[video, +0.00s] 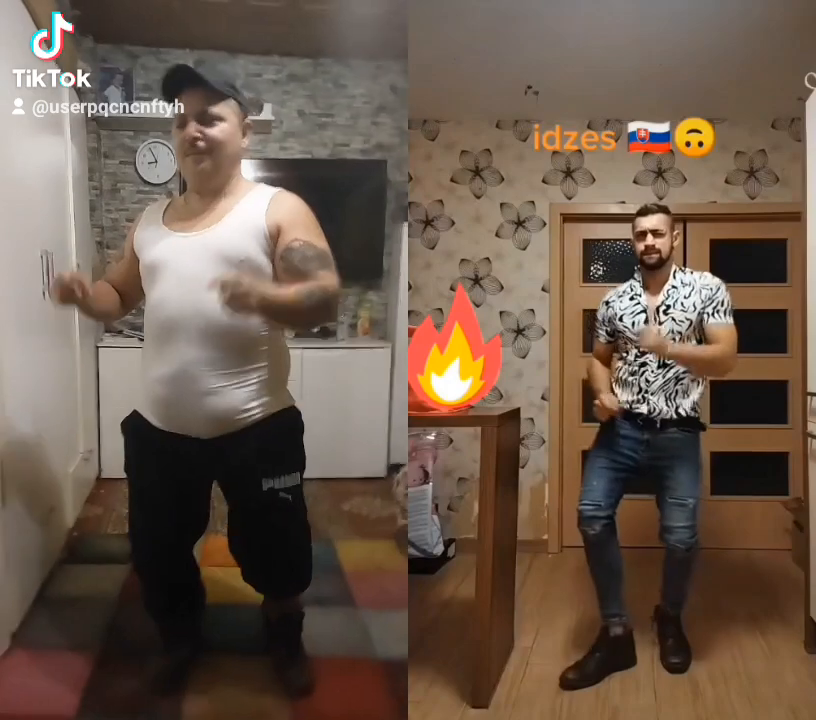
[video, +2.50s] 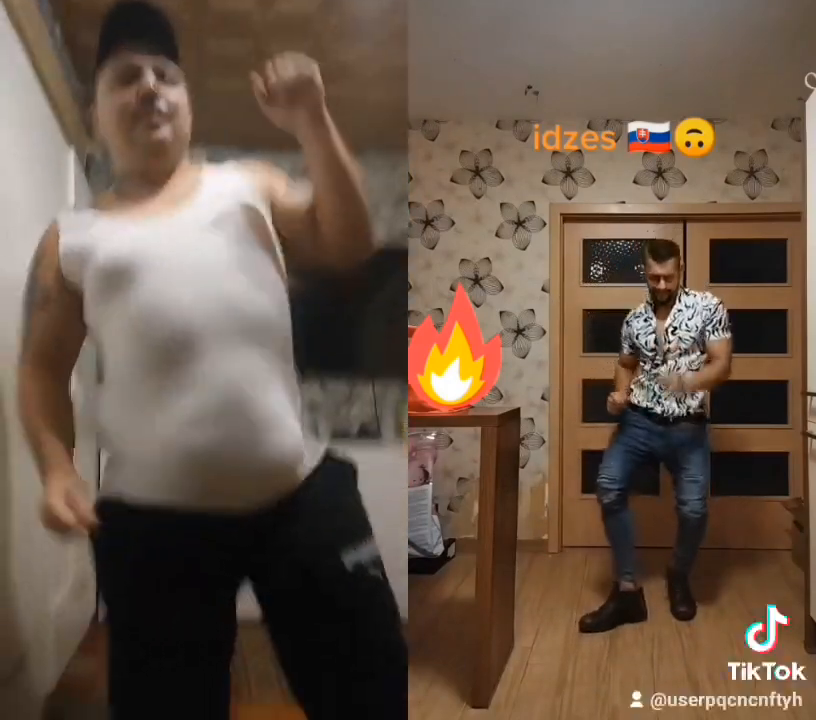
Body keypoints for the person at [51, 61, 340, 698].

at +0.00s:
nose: (193, 132)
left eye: (211, 120)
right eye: (184, 121)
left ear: (244, 134)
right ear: (174, 135)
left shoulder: (278, 209)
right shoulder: (151, 222)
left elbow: (324, 294)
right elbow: (116, 297)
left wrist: (265, 296)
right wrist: (84, 292)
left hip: (256, 424)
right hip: (162, 426)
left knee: (278, 552)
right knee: (159, 556)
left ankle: (286, 642)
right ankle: (179, 648)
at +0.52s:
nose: (190, 105)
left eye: (208, 90)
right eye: (178, 92)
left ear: (245, 104)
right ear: (166, 104)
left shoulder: (280, 188)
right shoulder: (139, 194)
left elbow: (343, 281)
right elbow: (83, 280)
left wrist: (317, 211)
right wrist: (58, 239)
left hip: (263, 420)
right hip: (156, 418)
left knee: (271, 556)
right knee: (130, 559)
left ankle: (260, 643)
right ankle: (120, 656)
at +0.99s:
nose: (177, 122)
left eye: (192, 106)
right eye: (162, 111)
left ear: (223, 121)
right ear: (147, 133)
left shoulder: (265, 200)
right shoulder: (137, 216)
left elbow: (324, 287)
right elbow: (78, 288)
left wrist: (316, 233)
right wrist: (71, 222)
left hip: (246, 416)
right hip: (149, 420)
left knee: (267, 546)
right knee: (137, 550)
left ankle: (280, 637)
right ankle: (136, 648)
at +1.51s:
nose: (258, 244)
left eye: (272, 232)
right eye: (242, 230)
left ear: (286, 248)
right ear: (212, 247)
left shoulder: (316, 330)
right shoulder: (170, 325)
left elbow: (370, 414)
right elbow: (102, 399)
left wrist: (359, 327)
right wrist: (92, 355)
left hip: (286, 575)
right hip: (169, 574)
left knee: (308, 712)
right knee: (140, 712)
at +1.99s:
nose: (189, 201)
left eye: (203, 193)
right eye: (167, 190)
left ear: (220, 224)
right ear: (134, 220)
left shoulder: (262, 321)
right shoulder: (88, 306)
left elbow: (301, 436)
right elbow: (11, 406)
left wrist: (329, 408)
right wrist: (109, 305)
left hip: (248, 623)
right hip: (110, 632)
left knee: (301, 705)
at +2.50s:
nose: (150, 89)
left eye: (166, 75)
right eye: (127, 77)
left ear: (190, 101)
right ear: (95, 113)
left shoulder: (252, 186)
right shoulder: (74, 240)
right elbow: (43, 371)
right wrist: (58, 467)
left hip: (298, 506)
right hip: (154, 524)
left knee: (368, 700)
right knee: (165, 713)